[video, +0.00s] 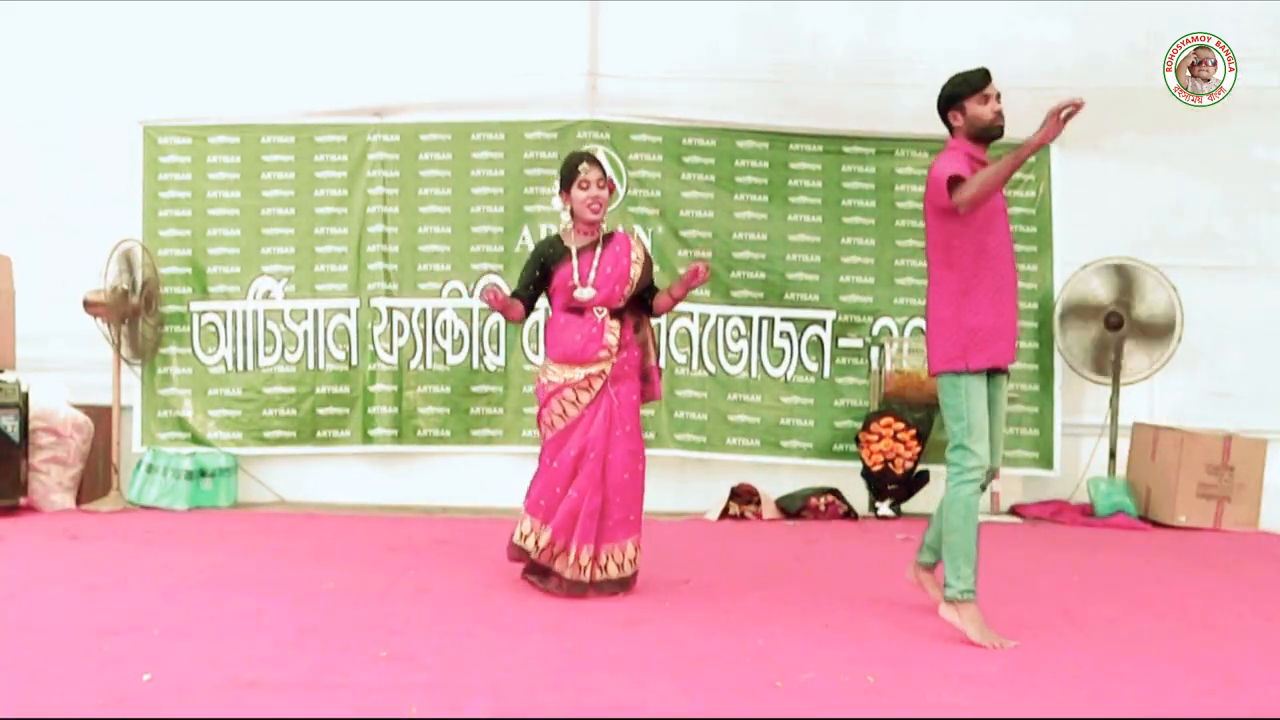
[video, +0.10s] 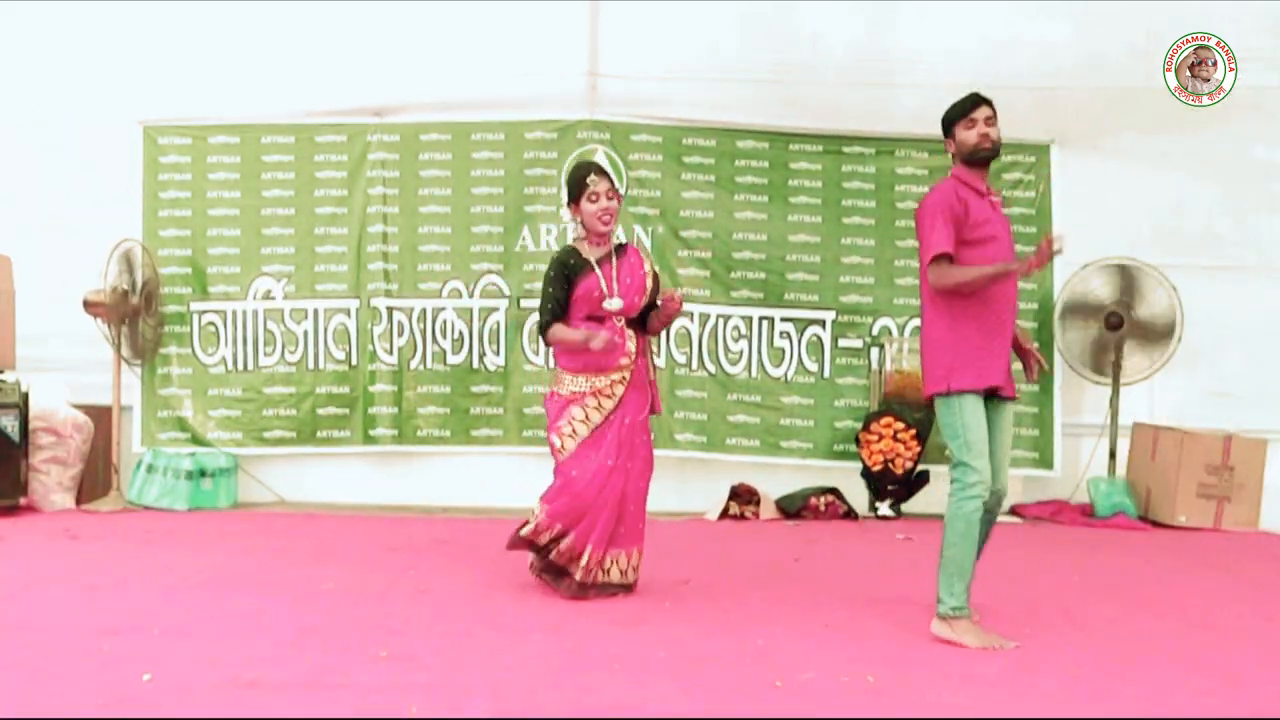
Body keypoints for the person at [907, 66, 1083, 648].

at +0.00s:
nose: (999, 106)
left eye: (997, 98)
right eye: (987, 100)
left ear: (983, 110)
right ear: (957, 114)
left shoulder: (983, 167)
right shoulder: (949, 165)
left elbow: (983, 261)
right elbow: (964, 198)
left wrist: (997, 334)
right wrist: (1033, 144)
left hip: (988, 339)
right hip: (960, 340)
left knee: (981, 466)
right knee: (970, 466)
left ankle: (927, 560)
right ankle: (961, 597)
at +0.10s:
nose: (984, 130)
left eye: (990, 122)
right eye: (971, 124)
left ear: (999, 136)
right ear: (950, 140)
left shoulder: (989, 202)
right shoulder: (942, 197)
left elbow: (985, 287)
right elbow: (940, 277)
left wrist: (1018, 340)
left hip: (993, 365)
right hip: (955, 364)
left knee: (995, 488)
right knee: (973, 482)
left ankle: (956, 604)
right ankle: (950, 614)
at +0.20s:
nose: (970, 139)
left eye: (981, 130)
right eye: (960, 133)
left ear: (1001, 143)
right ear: (951, 148)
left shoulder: (1010, 220)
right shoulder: (936, 205)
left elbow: (1013, 292)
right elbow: (916, 287)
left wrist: (1017, 318)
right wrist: (986, 300)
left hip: (986, 369)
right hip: (939, 365)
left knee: (991, 493)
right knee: (954, 483)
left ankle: (949, 593)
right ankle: (950, 612)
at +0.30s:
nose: (957, 127)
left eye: (968, 118)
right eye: (953, 119)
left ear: (997, 129)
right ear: (947, 131)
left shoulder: (1021, 200)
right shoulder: (925, 187)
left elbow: (1057, 278)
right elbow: (888, 260)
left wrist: (1026, 250)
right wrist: (941, 244)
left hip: (981, 357)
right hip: (920, 351)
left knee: (973, 476)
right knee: (926, 465)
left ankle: (948, 585)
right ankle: (927, 587)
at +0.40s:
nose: (948, 114)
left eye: (959, 106)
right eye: (946, 107)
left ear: (990, 116)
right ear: (944, 116)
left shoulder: (1016, 184)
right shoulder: (919, 172)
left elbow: (1056, 256)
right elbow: (881, 245)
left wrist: (1013, 222)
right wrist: (917, 226)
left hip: (975, 341)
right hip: (911, 336)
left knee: (966, 463)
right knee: (913, 456)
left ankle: (950, 577)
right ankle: (910, 570)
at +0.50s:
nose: (939, 127)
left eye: (951, 121)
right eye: (939, 119)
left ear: (980, 133)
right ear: (936, 128)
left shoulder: (1001, 195)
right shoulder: (913, 188)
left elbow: (1026, 263)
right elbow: (897, 249)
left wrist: (971, 231)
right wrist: (894, 263)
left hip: (963, 347)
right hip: (905, 341)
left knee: (958, 470)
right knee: (902, 458)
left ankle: (950, 586)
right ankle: (911, 536)